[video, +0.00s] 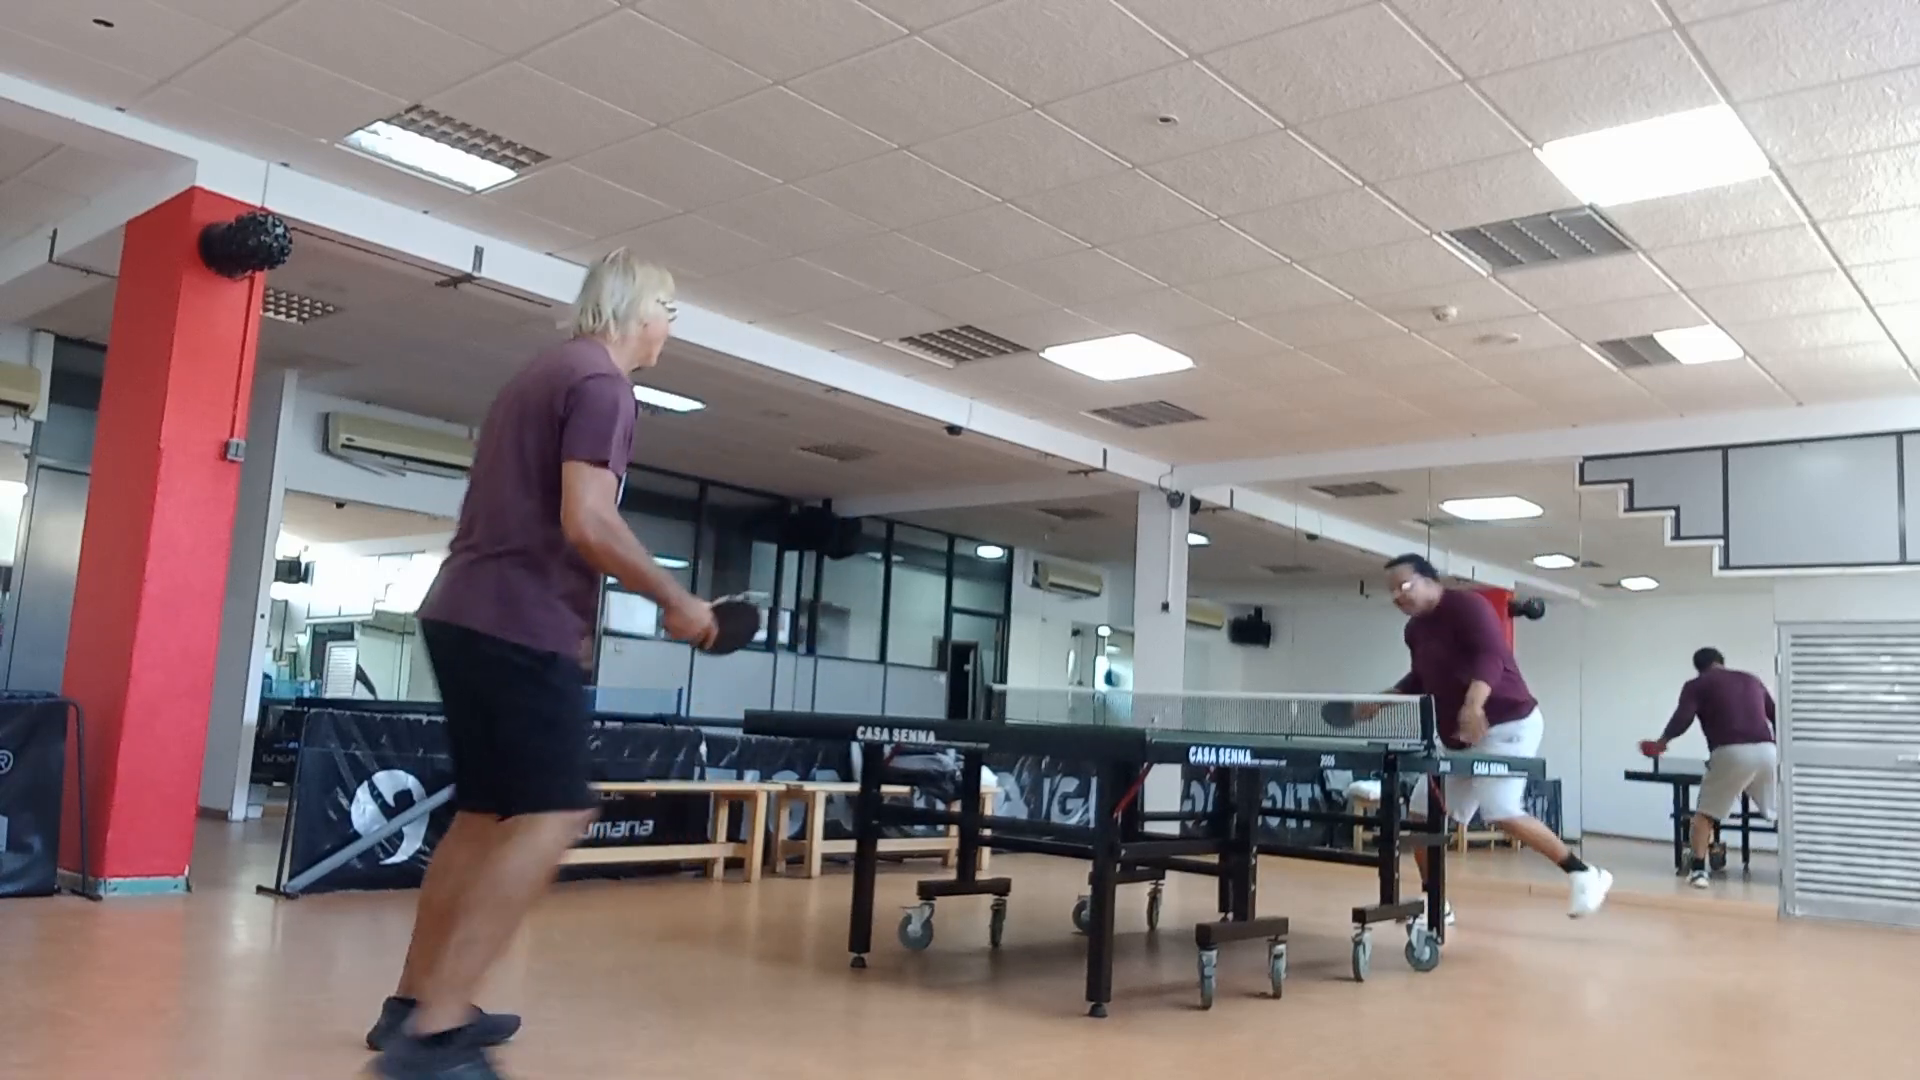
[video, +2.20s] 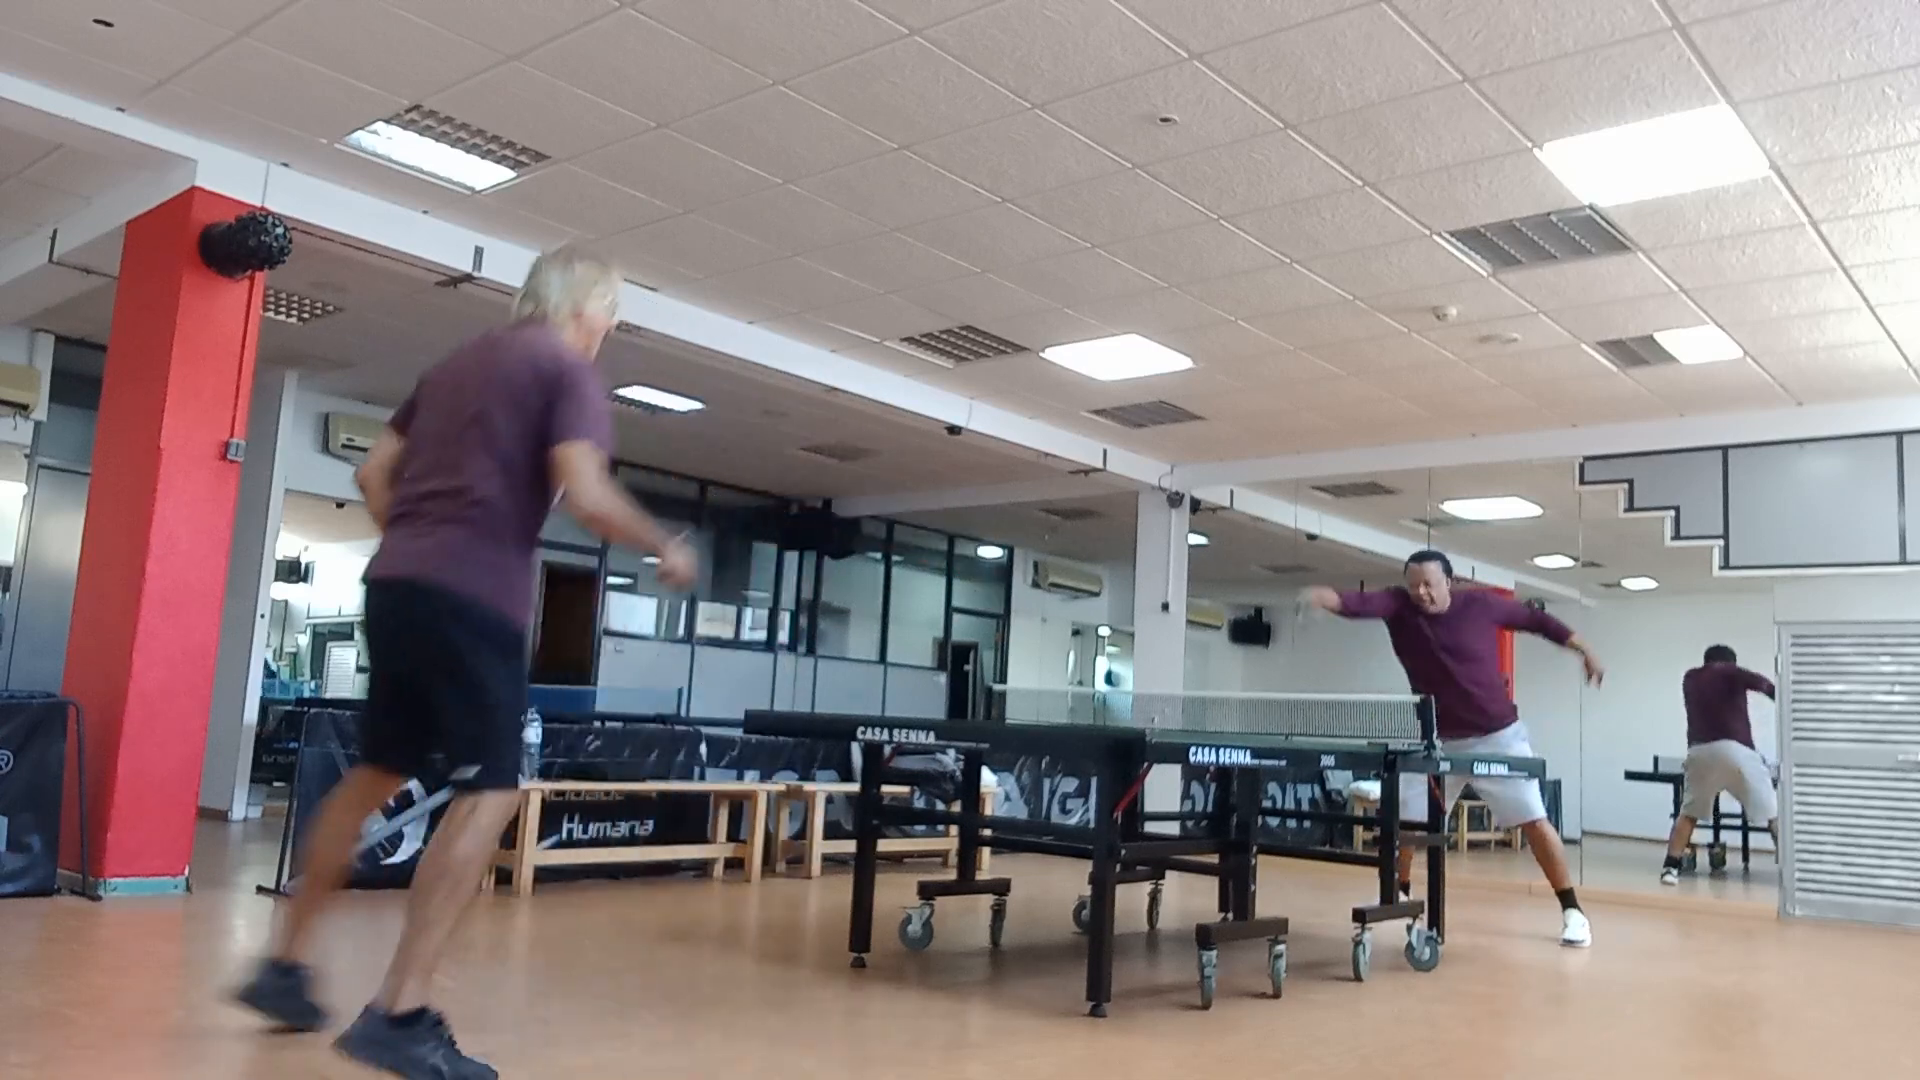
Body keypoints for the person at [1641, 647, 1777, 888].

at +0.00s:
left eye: (1699, 670)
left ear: (1698, 668)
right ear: (1722, 662)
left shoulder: (1696, 685)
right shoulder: (1751, 680)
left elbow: (1683, 718)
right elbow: (1777, 716)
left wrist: (1662, 742)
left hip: (1731, 754)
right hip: (1768, 752)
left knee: (1704, 815)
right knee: (1781, 813)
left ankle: (1699, 870)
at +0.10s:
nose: (1693, 678)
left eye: (1691, 674)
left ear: (1691, 672)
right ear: (1715, 664)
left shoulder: (1694, 686)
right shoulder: (1746, 680)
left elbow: (1684, 721)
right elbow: (1777, 715)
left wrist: (1655, 734)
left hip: (1733, 753)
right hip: (1769, 751)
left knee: (1707, 812)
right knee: (1782, 812)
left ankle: (1700, 871)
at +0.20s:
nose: (1691, 681)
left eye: (1689, 677)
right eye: (1690, 678)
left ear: (1691, 674)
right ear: (1714, 667)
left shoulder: (1697, 686)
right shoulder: (1746, 680)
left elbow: (1686, 726)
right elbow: (1775, 712)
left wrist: (1656, 735)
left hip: (1739, 753)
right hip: (1771, 752)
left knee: (1710, 811)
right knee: (1783, 818)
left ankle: (1700, 871)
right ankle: (1798, 871)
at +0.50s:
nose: (1717, 682)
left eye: (1715, 678)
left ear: (1715, 675)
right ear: (1739, 669)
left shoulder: (1714, 693)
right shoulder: (1768, 686)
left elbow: (1696, 729)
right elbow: (1787, 713)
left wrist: (1696, 736)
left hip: (1752, 764)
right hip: (1784, 762)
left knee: (1719, 816)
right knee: (1786, 817)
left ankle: (1711, 867)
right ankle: (1798, 864)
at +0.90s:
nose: (1744, 665)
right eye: (1745, 662)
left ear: (1720, 660)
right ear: (1746, 660)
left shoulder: (1703, 681)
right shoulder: (1762, 680)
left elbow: (1687, 719)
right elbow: (1785, 712)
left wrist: (1700, 737)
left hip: (1719, 755)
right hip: (1757, 755)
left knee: (1699, 813)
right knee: (1779, 818)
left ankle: (1682, 867)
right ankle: (1798, 871)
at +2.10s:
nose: (1738, 669)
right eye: (1739, 665)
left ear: (1711, 662)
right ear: (1736, 662)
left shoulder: (1692, 682)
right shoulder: (1742, 675)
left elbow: (1698, 719)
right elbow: (1773, 704)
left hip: (1705, 751)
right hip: (1743, 749)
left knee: (1690, 812)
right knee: (1774, 813)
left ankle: (1671, 867)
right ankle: (1793, 870)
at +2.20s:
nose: (1734, 667)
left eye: (1734, 665)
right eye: (1733, 664)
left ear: (1706, 661)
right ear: (1730, 661)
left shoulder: (1690, 677)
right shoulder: (1732, 671)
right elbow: (1763, 684)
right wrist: (1780, 695)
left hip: (1699, 750)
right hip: (1734, 748)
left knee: (1689, 812)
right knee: (1772, 812)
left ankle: (1670, 868)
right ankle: (1792, 867)